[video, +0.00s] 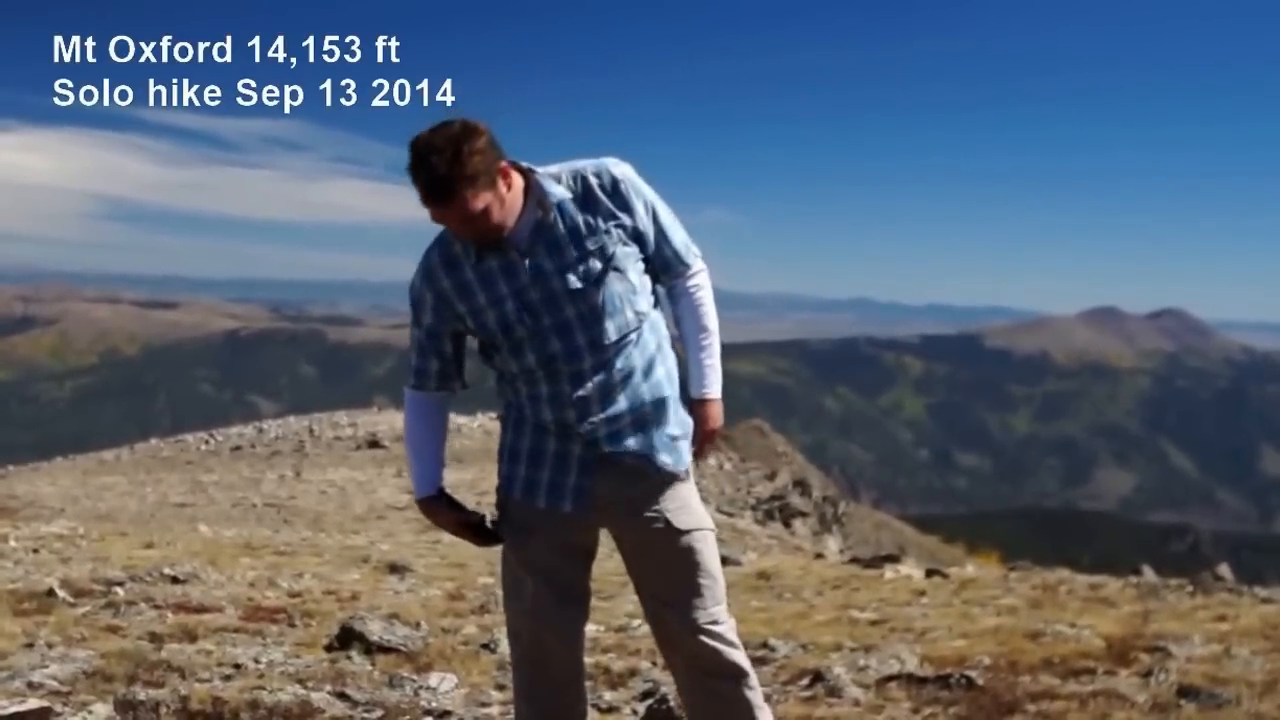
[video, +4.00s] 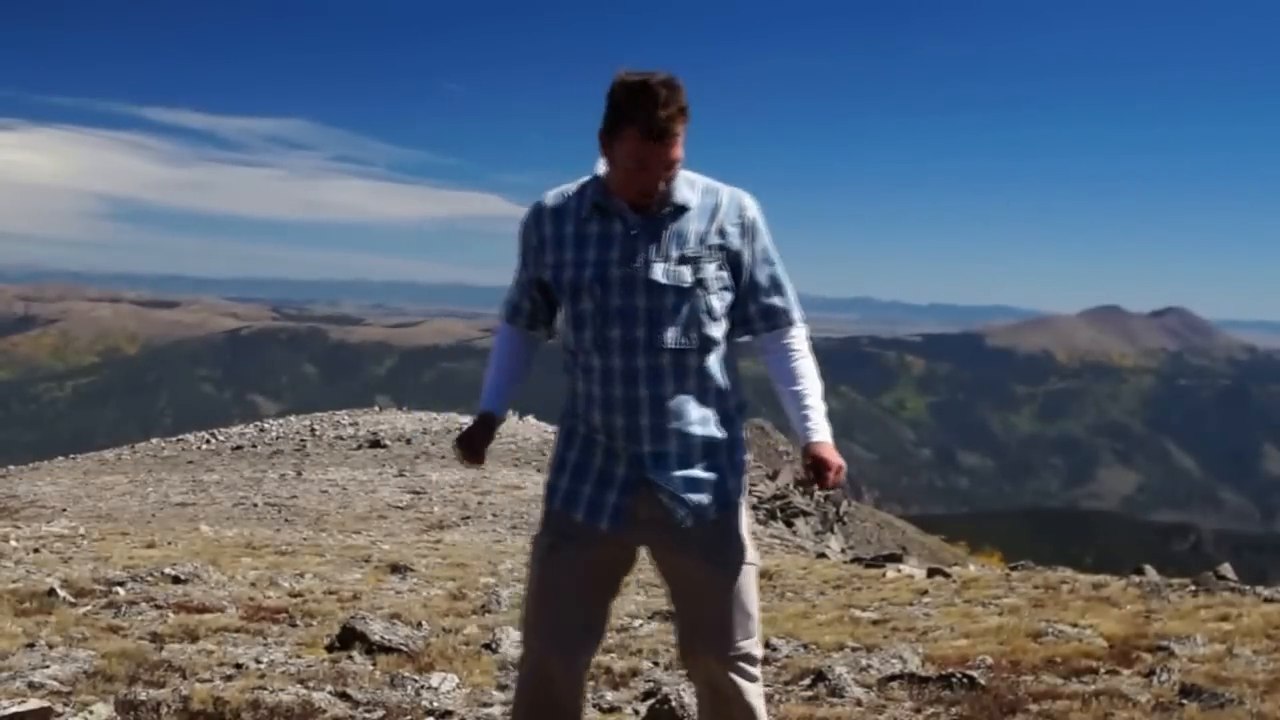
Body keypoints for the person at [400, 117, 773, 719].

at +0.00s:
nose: (467, 235)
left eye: (476, 219)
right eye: (451, 226)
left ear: (506, 178)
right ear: (433, 208)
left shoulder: (607, 189)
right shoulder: (443, 273)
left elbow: (687, 276)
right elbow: (426, 388)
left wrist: (706, 394)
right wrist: (428, 492)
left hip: (648, 444)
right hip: (539, 466)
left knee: (702, 642)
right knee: (543, 666)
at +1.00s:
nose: (443, 193)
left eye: (452, 172)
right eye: (427, 182)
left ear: (486, 146)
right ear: (412, 179)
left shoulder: (588, 190)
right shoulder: (428, 268)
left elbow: (670, 281)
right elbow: (431, 389)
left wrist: (689, 399)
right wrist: (451, 497)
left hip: (627, 447)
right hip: (521, 464)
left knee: (666, 641)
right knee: (536, 661)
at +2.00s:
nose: (581, 170)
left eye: (589, 153)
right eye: (563, 158)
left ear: (608, 133)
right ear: (533, 151)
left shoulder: (679, 199)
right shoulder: (500, 241)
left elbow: (732, 304)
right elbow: (469, 353)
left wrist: (744, 423)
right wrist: (435, 455)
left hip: (681, 461)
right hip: (570, 470)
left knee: (733, 656)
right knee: (556, 666)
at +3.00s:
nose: (722, 164)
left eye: (733, 149)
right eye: (707, 148)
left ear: (746, 142)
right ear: (671, 138)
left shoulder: (779, 225)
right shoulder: (603, 223)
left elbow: (807, 343)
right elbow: (556, 324)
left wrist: (832, 446)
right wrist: (529, 387)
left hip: (742, 475)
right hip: (629, 474)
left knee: (764, 661)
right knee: (592, 648)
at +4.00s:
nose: (667, 158)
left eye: (674, 143)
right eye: (652, 145)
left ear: (684, 140)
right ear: (611, 141)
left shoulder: (730, 215)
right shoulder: (555, 221)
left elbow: (781, 330)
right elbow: (522, 323)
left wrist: (815, 433)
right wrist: (490, 413)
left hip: (700, 475)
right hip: (589, 471)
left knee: (728, 669)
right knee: (549, 666)